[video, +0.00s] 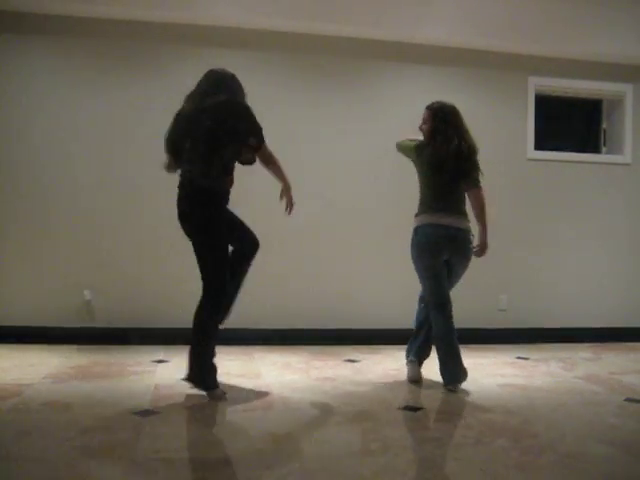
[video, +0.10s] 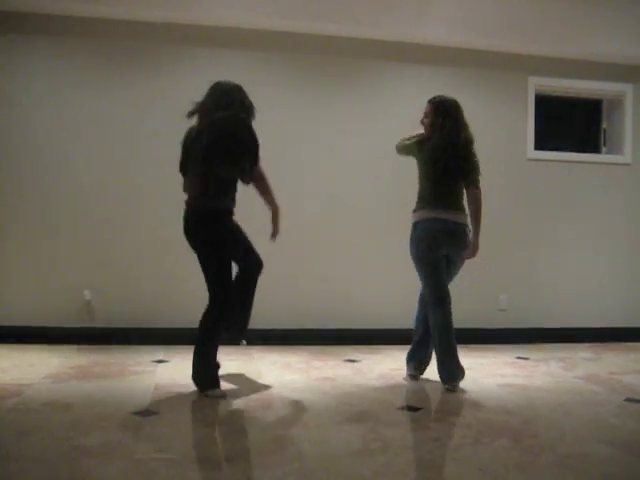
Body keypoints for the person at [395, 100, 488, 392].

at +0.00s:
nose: (420, 126)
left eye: (425, 122)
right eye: (423, 120)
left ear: (435, 126)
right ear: (454, 126)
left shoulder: (422, 151)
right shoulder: (465, 154)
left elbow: (401, 145)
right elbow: (476, 195)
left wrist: (426, 138)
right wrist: (483, 234)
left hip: (428, 234)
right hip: (461, 236)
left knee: (440, 306)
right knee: (431, 299)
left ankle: (453, 375)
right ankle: (414, 361)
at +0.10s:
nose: (423, 121)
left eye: (427, 116)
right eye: (424, 115)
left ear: (437, 120)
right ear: (455, 120)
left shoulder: (424, 144)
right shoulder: (465, 149)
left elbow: (400, 148)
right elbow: (474, 192)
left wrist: (422, 134)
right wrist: (475, 236)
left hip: (426, 227)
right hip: (458, 229)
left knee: (439, 301)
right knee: (429, 297)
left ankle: (450, 374)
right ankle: (415, 365)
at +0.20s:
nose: (424, 117)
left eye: (428, 113)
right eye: (426, 112)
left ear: (435, 119)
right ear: (455, 121)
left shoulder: (422, 147)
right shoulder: (462, 152)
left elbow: (400, 171)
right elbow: (475, 193)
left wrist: (412, 139)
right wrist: (471, 235)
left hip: (423, 226)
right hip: (453, 227)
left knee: (435, 302)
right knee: (433, 299)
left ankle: (448, 373)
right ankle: (424, 363)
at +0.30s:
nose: (424, 118)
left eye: (430, 114)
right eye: (426, 112)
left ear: (442, 121)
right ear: (453, 122)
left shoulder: (423, 149)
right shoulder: (458, 152)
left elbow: (406, 189)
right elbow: (470, 195)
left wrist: (386, 173)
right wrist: (469, 237)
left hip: (422, 228)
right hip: (450, 229)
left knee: (432, 300)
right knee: (428, 297)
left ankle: (453, 368)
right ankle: (429, 362)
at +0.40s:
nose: (426, 122)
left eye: (432, 119)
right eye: (426, 116)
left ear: (443, 126)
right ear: (425, 118)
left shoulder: (426, 155)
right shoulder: (453, 156)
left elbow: (412, 196)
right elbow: (463, 201)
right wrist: (459, 239)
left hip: (425, 235)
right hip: (445, 235)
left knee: (416, 300)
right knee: (424, 299)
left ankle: (452, 361)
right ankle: (432, 362)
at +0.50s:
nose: (421, 129)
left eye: (429, 127)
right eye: (419, 124)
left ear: (438, 136)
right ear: (413, 128)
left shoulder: (428, 165)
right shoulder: (437, 163)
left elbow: (420, 211)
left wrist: (403, 247)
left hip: (429, 244)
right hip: (437, 244)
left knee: (399, 302)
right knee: (415, 301)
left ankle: (442, 349)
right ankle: (432, 360)